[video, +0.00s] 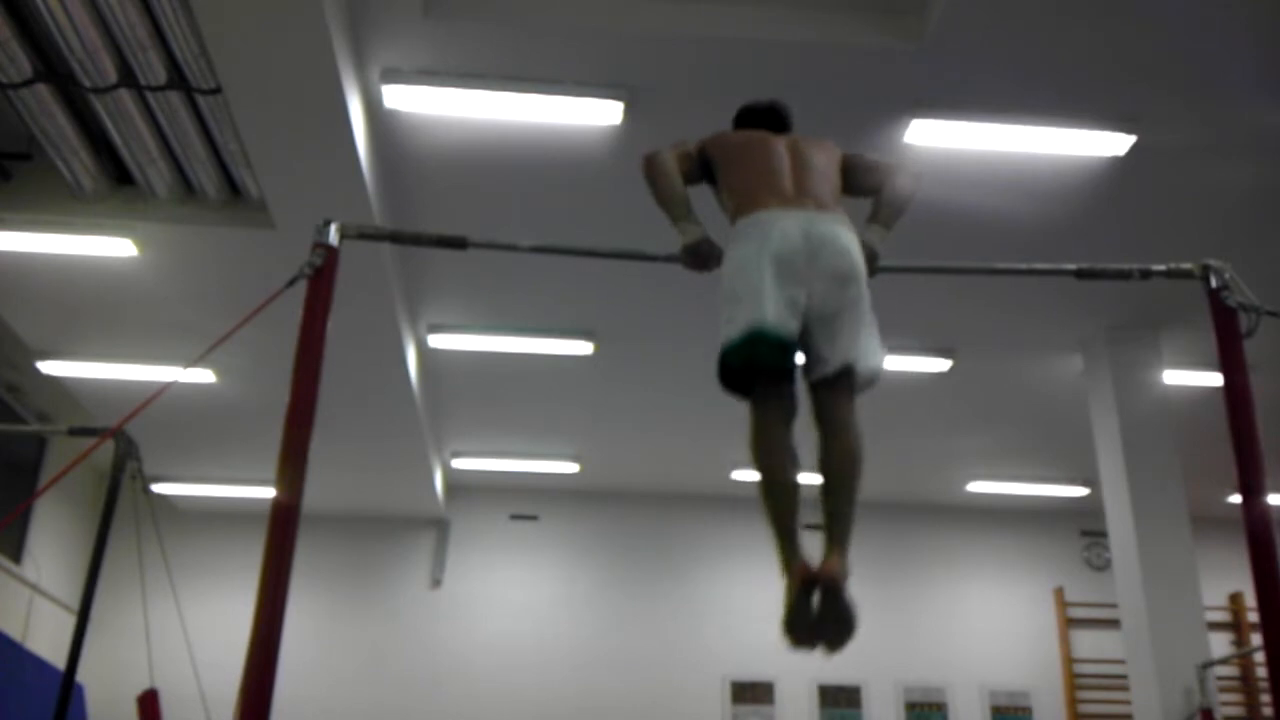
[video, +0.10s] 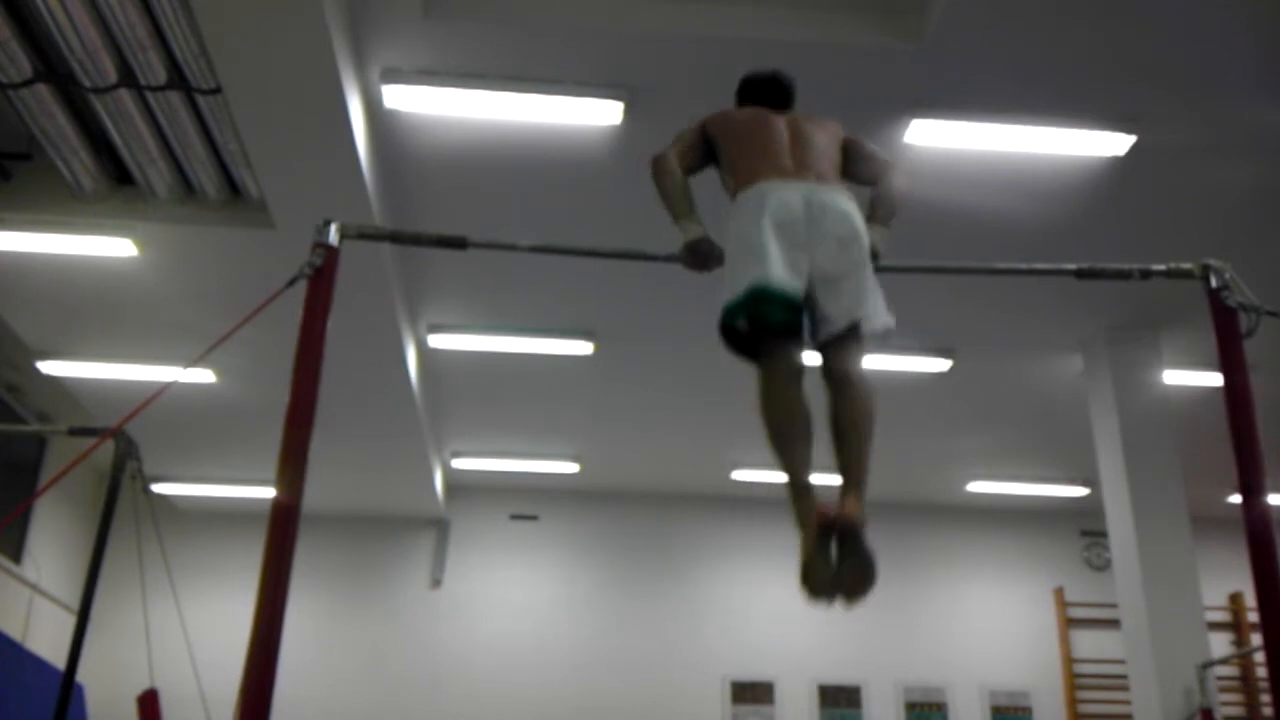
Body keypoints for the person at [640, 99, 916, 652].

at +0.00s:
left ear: (736, 131)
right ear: (792, 130)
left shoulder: (723, 145)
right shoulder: (826, 153)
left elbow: (658, 161)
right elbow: (896, 180)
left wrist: (689, 232)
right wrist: (874, 238)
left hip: (761, 238)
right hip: (835, 239)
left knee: (772, 416)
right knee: (838, 412)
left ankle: (795, 568)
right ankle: (836, 562)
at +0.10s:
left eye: (741, 104)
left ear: (738, 104)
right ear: (793, 106)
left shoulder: (722, 123)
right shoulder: (828, 133)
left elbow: (666, 163)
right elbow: (886, 176)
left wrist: (691, 232)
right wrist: (873, 232)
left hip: (762, 214)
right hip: (836, 214)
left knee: (781, 371)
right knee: (846, 368)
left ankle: (808, 518)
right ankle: (852, 504)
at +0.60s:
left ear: (752, 104)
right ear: (811, 106)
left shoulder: (737, 119)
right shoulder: (843, 129)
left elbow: (679, 151)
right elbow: (903, 177)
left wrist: (693, 235)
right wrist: (871, 243)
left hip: (769, 244)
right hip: (844, 250)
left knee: (772, 420)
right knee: (842, 419)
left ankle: (789, 576)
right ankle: (837, 573)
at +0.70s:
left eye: (762, 107)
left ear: (756, 107)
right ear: (814, 109)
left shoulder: (739, 128)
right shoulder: (849, 142)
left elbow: (678, 156)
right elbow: (915, 181)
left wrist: (694, 235)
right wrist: (871, 249)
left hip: (765, 279)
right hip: (840, 281)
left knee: (764, 467)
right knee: (835, 467)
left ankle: (778, 632)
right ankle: (822, 629)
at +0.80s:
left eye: (772, 106)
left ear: (765, 108)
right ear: (824, 110)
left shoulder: (743, 147)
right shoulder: (855, 160)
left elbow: (681, 212)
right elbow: (919, 235)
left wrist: (703, 247)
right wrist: (864, 251)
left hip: (764, 331)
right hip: (840, 335)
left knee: (757, 517)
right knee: (825, 518)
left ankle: (762, 686)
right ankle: (806, 692)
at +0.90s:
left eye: (770, 143)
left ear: (767, 144)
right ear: (831, 144)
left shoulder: (740, 200)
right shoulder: (861, 210)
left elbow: (671, 288)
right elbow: (919, 301)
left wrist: (716, 237)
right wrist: (871, 242)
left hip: (758, 421)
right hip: (834, 425)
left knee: (746, 596)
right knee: (815, 593)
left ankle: (745, 717)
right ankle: (800, 717)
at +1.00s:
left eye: (779, 209)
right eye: (812, 210)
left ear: (764, 213)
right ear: (827, 213)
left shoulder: (732, 278)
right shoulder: (852, 285)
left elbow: (670, 331)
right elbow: (905, 334)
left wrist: (690, 271)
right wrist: (880, 280)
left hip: (748, 505)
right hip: (824, 509)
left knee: (735, 674)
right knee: (806, 673)